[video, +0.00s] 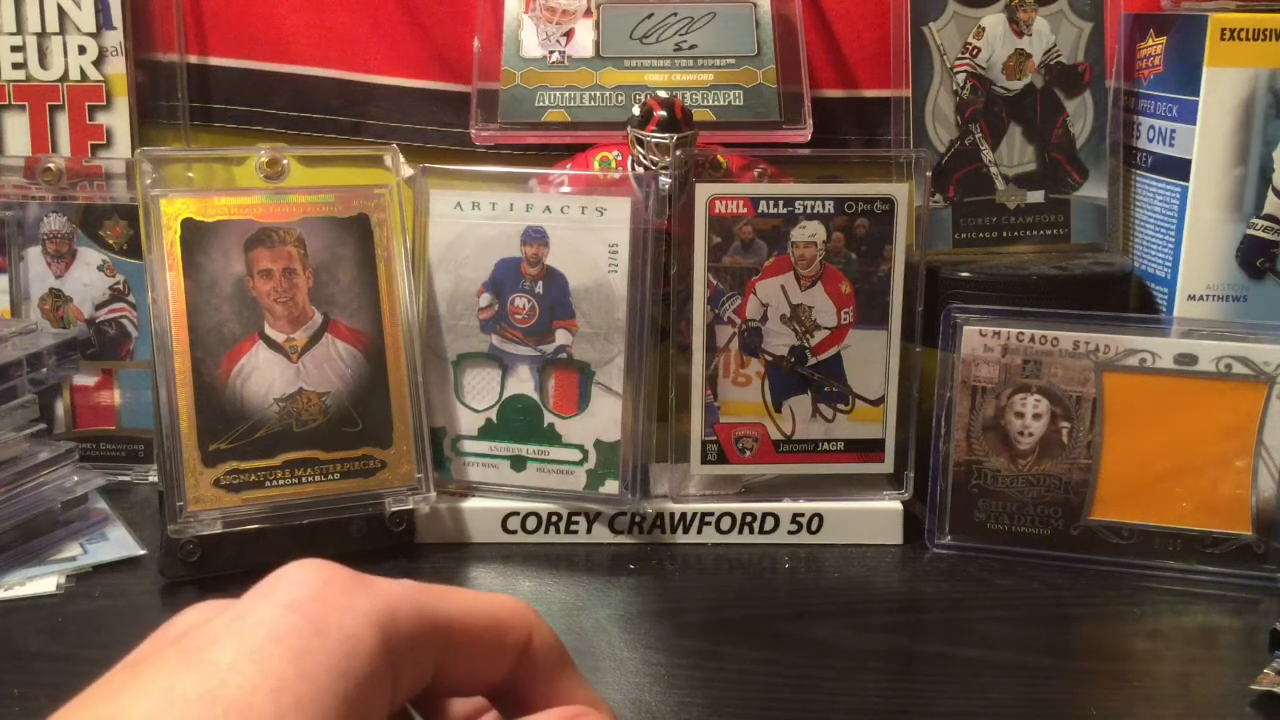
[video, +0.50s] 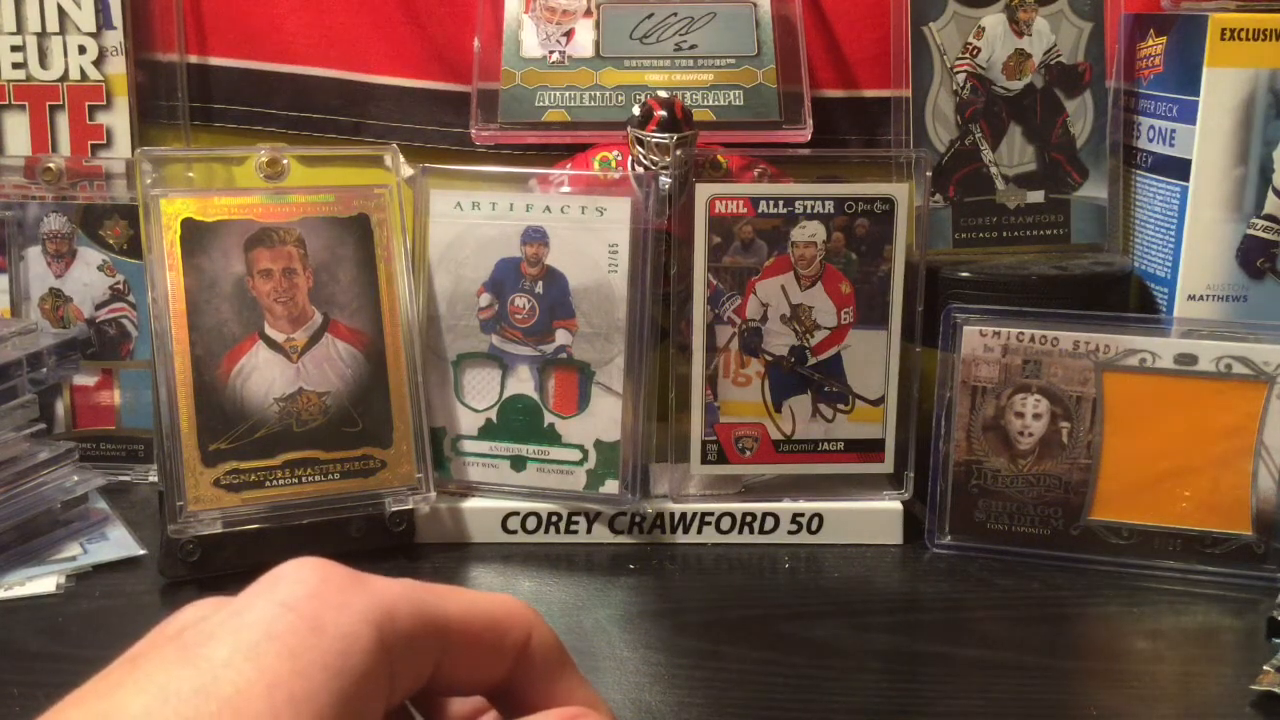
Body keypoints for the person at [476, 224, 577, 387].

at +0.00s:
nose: (534, 252)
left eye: (540, 247)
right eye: (530, 246)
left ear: (547, 250)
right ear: (522, 248)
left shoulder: (557, 280)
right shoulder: (504, 268)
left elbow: (565, 321)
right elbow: (486, 293)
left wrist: (562, 350)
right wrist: (487, 316)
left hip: (541, 354)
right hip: (503, 351)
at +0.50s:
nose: (534, 251)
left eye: (540, 246)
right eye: (530, 246)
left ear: (547, 250)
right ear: (522, 248)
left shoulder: (557, 280)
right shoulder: (504, 268)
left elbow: (565, 321)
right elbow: (487, 293)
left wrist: (562, 349)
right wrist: (487, 316)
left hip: (541, 354)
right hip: (503, 350)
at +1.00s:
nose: (534, 251)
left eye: (540, 247)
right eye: (530, 246)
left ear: (546, 250)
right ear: (522, 248)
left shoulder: (557, 280)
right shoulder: (504, 268)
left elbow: (565, 321)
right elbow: (487, 293)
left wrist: (562, 350)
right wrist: (487, 317)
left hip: (542, 353)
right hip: (503, 349)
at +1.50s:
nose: (535, 251)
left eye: (540, 247)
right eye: (530, 246)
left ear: (546, 250)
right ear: (522, 248)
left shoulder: (557, 280)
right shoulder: (504, 268)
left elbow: (565, 321)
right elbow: (486, 293)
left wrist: (562, 351)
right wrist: (487, 319)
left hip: (542, 352)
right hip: (503, 348)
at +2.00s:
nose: (534, 251)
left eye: (540, 247)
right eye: (530, 246)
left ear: (546, 250)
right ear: (522, 248)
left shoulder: (557, 280)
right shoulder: (504, 268)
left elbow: (564, 320)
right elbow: (487, 293)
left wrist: (562, 349)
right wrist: (487, 318)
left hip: (542, 353)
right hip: (503, 349)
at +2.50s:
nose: (534, 251)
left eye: (540, 247)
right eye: (530, 246)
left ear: (546, 251)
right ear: (522, 248)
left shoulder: (556, 279)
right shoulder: (504, 268)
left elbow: (565, 321)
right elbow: (487, 291)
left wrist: (562, 348)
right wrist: (486, 311)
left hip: (541, 353)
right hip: (502, 348)